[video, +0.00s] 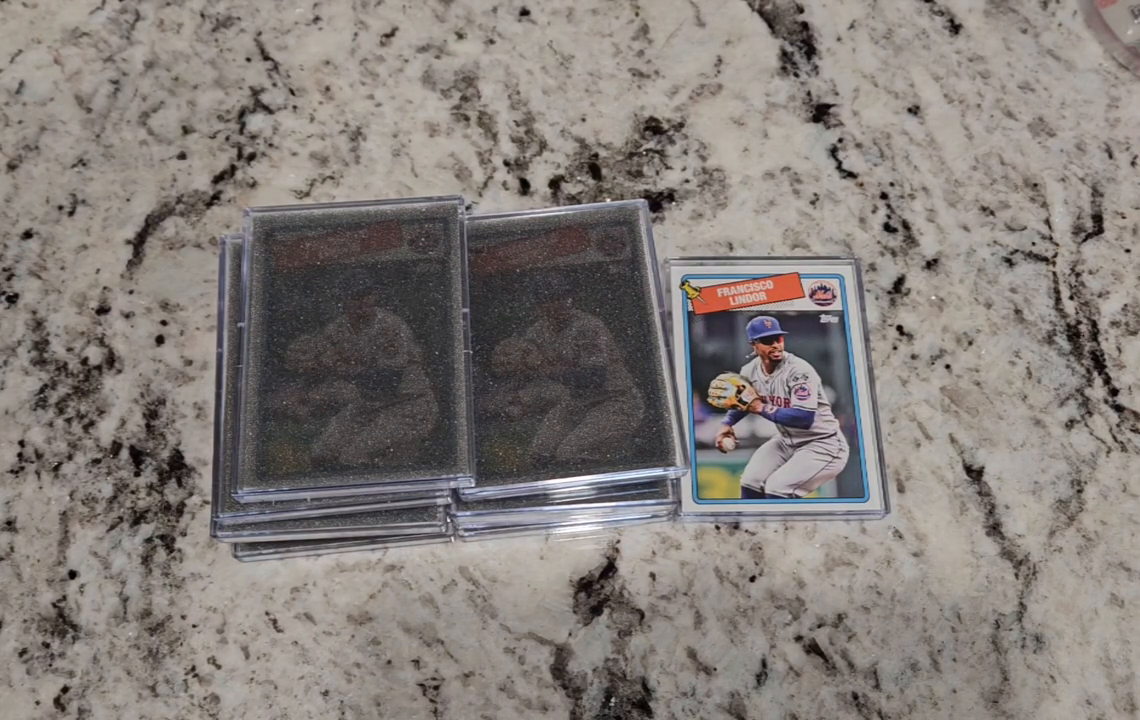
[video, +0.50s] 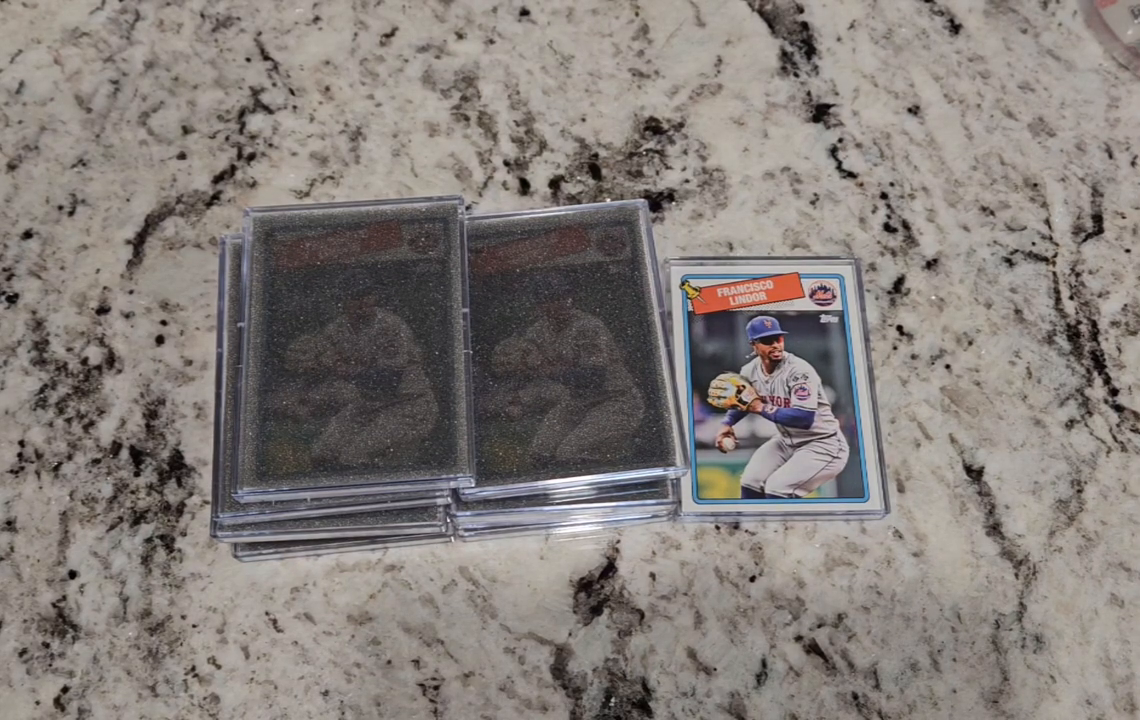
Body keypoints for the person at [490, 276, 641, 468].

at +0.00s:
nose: (554, 308)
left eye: (559, 300)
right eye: (548, 302)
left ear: (569, 300)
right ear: (539, 306)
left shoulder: (590, 327)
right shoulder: (537, 333)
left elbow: (594, 378)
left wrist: (546, 369)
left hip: (618, 403)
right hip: (574, 404)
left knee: (569, 453)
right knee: (539, 454)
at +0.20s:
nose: (553, 307)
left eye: (558, 300)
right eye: (547, 302)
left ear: (569, 300)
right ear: (540, 306)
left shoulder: (589, 327)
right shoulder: (538, 332)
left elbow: (593, 379)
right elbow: (502, 357)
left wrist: (545, 369)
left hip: (619, 403)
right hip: (576, 403)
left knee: (568, 453)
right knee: (540, 451)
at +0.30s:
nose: (553, 308)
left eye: (558, 300)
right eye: (547, 302)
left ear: (569, 300)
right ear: (540, 306)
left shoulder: (589, 327)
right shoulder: (539, 332)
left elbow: (593, 379)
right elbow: (501, 357)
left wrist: (545, 369)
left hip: (619, 403)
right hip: (576, 404)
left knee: (569, 453)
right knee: (540, 452)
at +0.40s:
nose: (555, 307)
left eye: (559, 300)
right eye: (548, 302)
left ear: (569, 300)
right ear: (540, 306)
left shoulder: (590, 327)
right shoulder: (538, 332)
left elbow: (594, 378)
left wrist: (548, 370)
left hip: (619, 402)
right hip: (575, 403)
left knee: (569, 452)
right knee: (540, 451)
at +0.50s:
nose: (553, 308)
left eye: (558, 300)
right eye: (546, 302)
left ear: (569, 300)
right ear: (539, 306)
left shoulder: (590, 327)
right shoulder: (538, 332)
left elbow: (594, 380)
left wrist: (547, 370)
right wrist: (518, 403)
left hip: (619, 402)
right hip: (575, 403)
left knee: (569, 453)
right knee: (539, 452)